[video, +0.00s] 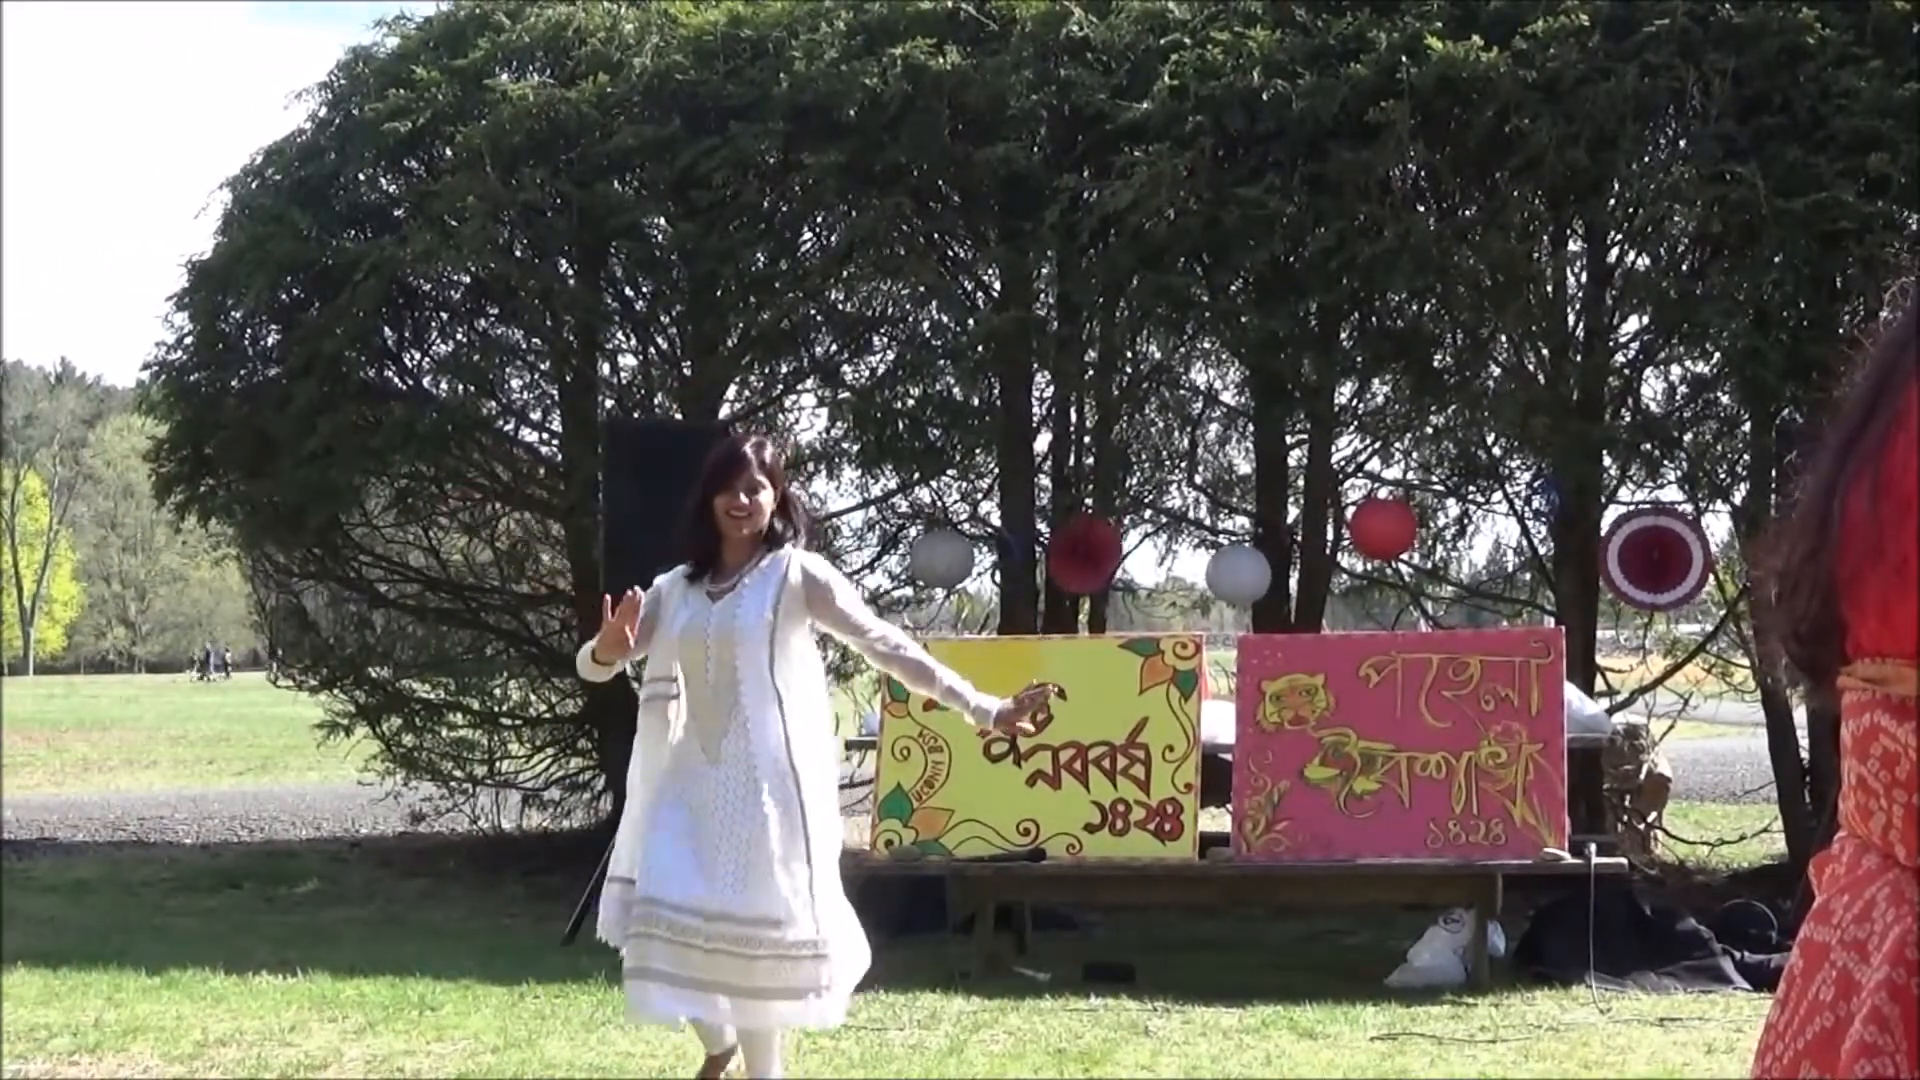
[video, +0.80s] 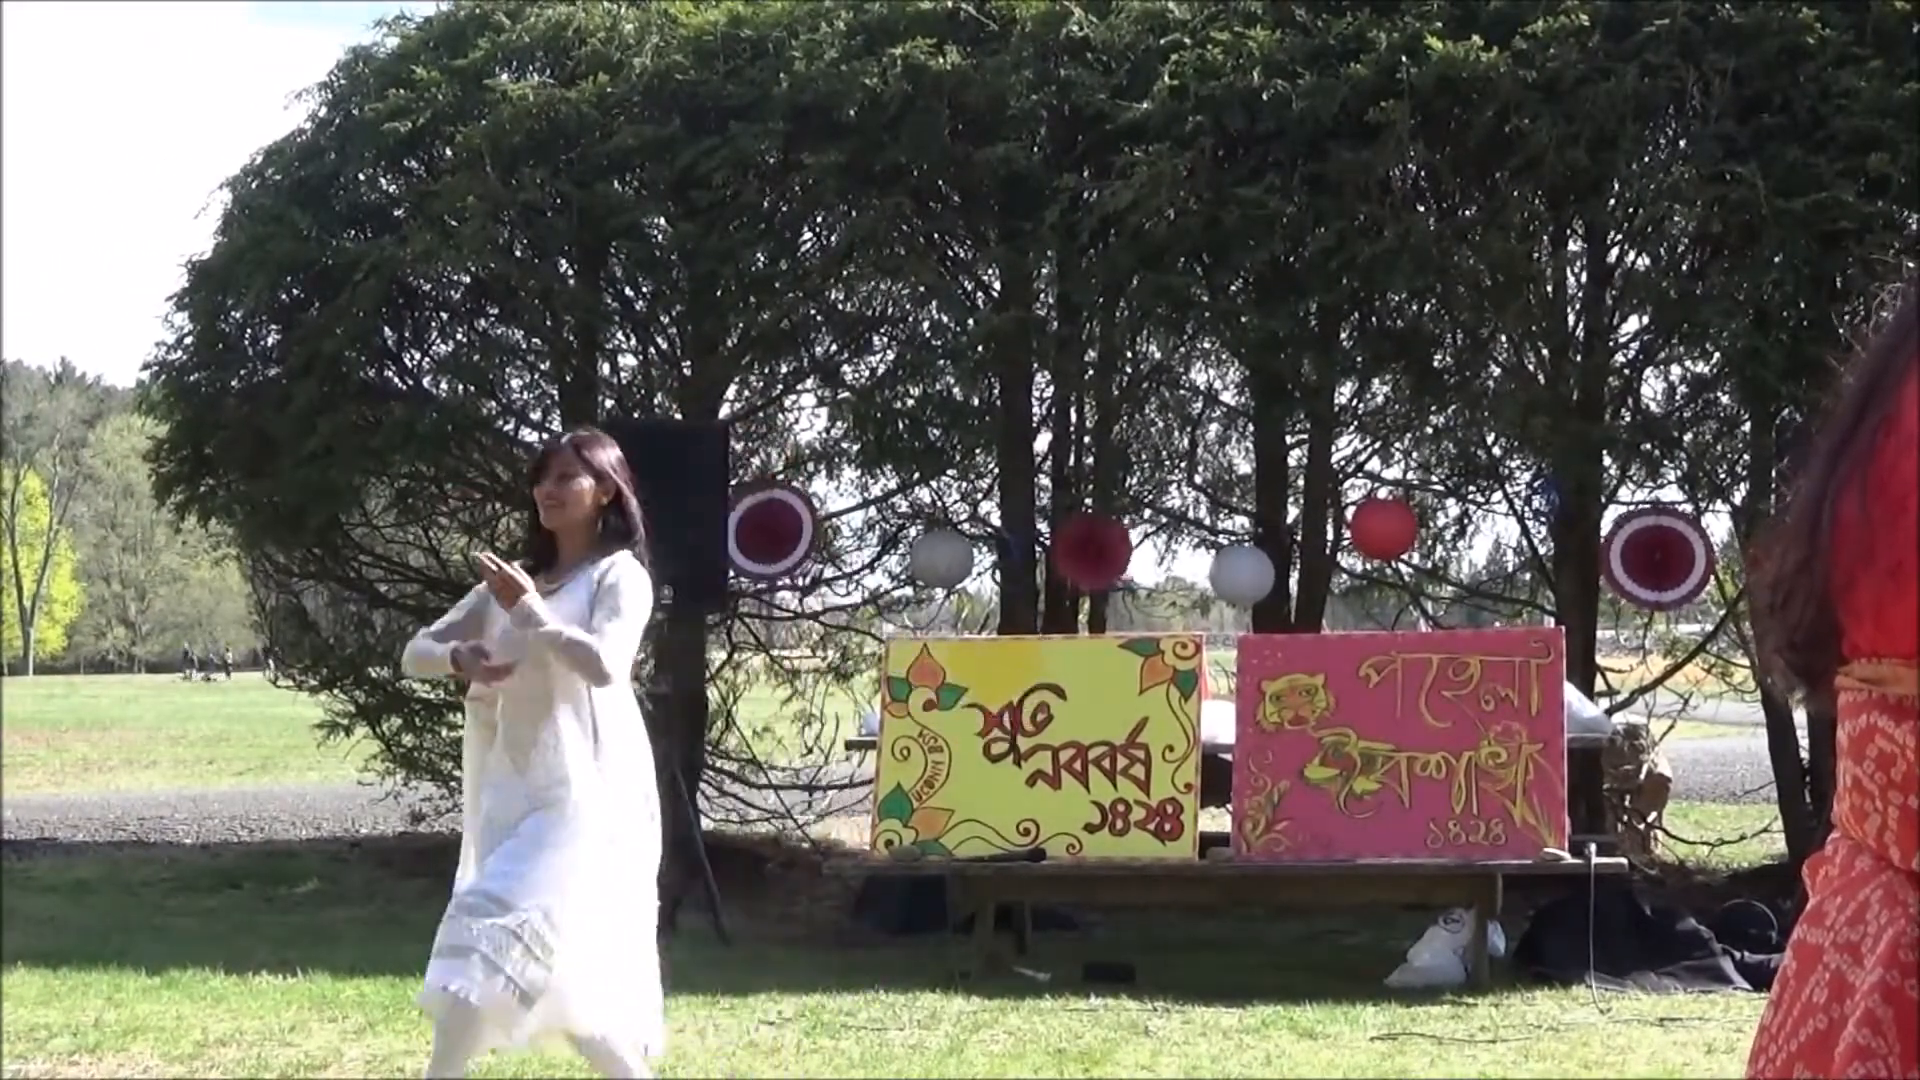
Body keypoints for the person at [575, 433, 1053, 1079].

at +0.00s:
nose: (742, 501)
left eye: (756, 489)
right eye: (730, 488)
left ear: (777, 498)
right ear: (709, 496)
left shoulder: (796, 573)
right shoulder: (672, 589)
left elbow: (885, 644)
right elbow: (594, 670)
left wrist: (986, 707)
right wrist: (606, 647)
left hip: (764, 783)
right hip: (681, 782)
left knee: (756, 937)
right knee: (657, 919)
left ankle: (763, 1071)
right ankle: (719, 1048)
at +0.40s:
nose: (685, 500)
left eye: (702, 490)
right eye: (675, 487)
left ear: (726, 506)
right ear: (655, 498)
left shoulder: (745, 593)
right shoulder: (611, 591)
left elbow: (825, 676)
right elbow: (541, 684)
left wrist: (932, 693)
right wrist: (591, 662)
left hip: (722, 821)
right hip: (622, 821)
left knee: (744, 983)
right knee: (606, 980)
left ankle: (758, 1068)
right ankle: (641, 1075)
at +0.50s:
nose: (654, 492)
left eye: (672, 481)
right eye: (644, 480)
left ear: (700, 499)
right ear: (629, 493)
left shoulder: (721, 590)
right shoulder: (589, 585)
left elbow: (778, 682)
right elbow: (525, 684)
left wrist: (853, 650)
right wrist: (583, 657)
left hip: (697, 817)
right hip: (600, 818)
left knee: (723, 984)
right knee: (603, 988)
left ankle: (738, 1068)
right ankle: (637, 1076)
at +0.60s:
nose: (622, 497)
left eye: (640, 484)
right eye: (613, 485)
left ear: (673, 499)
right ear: (601, 499)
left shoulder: (697, 587)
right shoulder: (567, 588)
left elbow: (727, 688)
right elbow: (499, 686)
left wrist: (725, 601)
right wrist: (559, 661)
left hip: (656, 799)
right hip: (571, 800)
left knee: (567, 929)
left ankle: (667, 1056)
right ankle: (642, 1070)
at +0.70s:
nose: (588, 499)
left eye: (605, 486)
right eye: (583, 487)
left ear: (642, 500)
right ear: (573, 498)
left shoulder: (667, 586)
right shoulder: (539, 591)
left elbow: (663, 674)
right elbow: (463, 681)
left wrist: (602, 589)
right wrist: (517, 666)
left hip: (620, 800)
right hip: (539, 802)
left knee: (515, 915)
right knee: (570, 967)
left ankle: (541, 1069)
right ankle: (633, 1070)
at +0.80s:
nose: (548, 489)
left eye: (567, 478)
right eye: (543, 477)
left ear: (605, 493)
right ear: (532, 491)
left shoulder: (620, 574)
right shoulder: (514, 581)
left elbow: (605, 664)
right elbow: (417, 652)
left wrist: (527, 607)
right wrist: (454, 658)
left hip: (586, 797)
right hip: (510, 800)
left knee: (481, 920)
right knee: (563, 975)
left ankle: (442, 1070)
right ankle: (631, 1069)